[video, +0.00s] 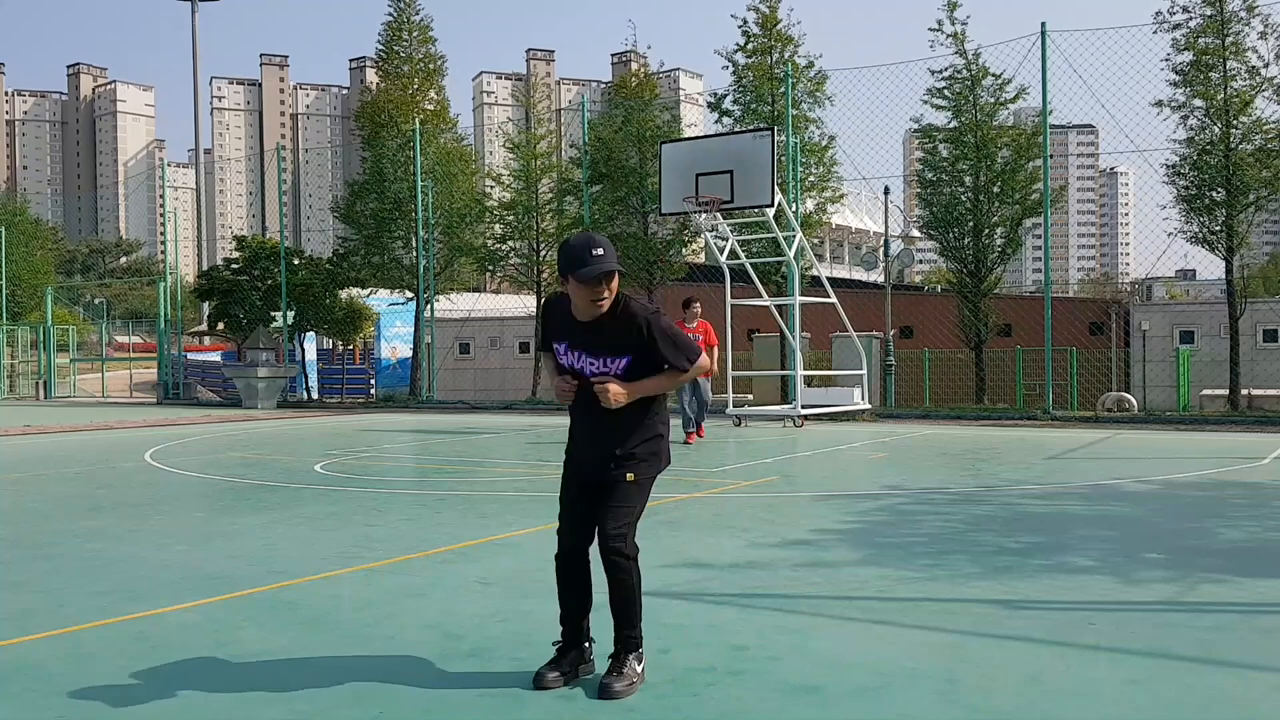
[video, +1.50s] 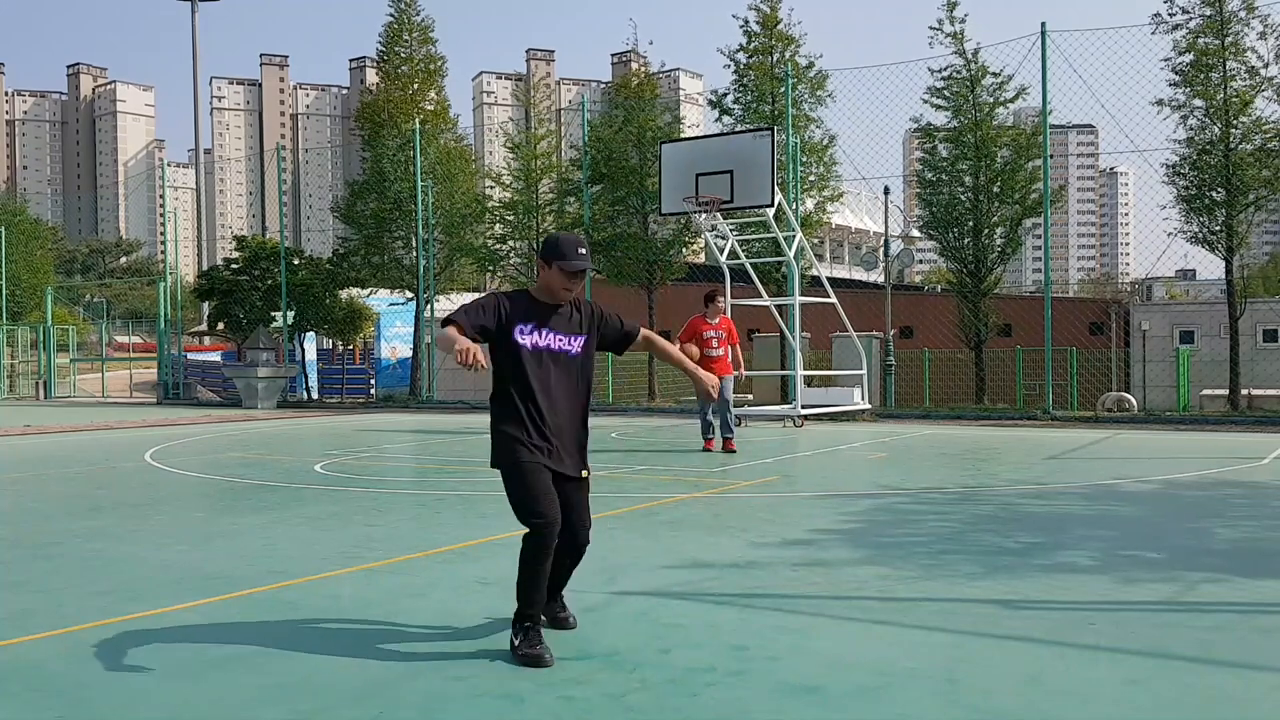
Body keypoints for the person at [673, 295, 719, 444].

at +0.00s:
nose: (698, 310)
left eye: (699, 307)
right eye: (694, 308)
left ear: (701, 309)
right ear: (686, 310)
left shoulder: (705, 326)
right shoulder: (677, 327)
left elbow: (714, 345)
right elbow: (672, 347)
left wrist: (714, 363)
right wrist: (675, 364)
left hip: (702, 368)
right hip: (683, 369)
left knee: (705, 398)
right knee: (685, 401)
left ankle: (699, 421)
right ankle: (689, 430)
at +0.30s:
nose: (697, 309)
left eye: (699, 306)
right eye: (695, 306)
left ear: (704, 308)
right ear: (690, 307)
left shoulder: (708, 325)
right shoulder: (681, 324)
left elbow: (713, 346)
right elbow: (672, 343)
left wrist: (718, 362)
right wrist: (679, 353)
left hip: (705, 369)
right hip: (687, 370)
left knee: (707, 401)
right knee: (688, 405)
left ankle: (707, 433)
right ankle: (689, 433)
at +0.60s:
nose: (714, 307)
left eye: (715, 304)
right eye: (711, 304)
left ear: (714, 307)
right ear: (702, 306)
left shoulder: (718, 323)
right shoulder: (689, 323)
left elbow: (722, 344)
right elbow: (682, 345)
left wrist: (726, 359)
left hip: (714, 368)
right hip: (695, 368)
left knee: (712, 403)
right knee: (696, 401)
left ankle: (707, 434)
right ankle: (691, 425)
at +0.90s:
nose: (718, 306)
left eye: (719, 303)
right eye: (715, 303)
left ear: (718, 306)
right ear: (705, 306)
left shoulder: (723, 323)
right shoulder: (692, 323)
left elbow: (732, 342)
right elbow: (679, 341)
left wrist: (731, 354)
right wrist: (672, 347)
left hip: (718, 368)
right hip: (699, 368)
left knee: (713, 404)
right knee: (702, 402)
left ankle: (709, 433)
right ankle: (703, 435)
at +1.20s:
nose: (719, 306)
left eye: (720, 303)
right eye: (716, 303)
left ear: (720, 306)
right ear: (706, 306)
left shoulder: (724, 323)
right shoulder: (693, 323)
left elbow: (733, 343)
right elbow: (680, 343)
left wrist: (733, 360)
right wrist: (677, 355)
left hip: (721, 369)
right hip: (701, 369)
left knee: (723, 404)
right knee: (704, 405)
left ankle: (713, 430)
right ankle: (709, 437)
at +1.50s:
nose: (722, 306)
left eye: (723, 303)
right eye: (719, 303)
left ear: (724, 304)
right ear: (709, 305)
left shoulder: (727, 322)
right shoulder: (695, 322)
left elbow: (735, 344)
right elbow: (678, 340)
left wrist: (741, 365)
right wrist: (675, 353)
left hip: (725, 370)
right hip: (704, 371)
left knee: (727, 401)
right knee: (705, 407)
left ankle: (728, 439)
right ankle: (708, 439)